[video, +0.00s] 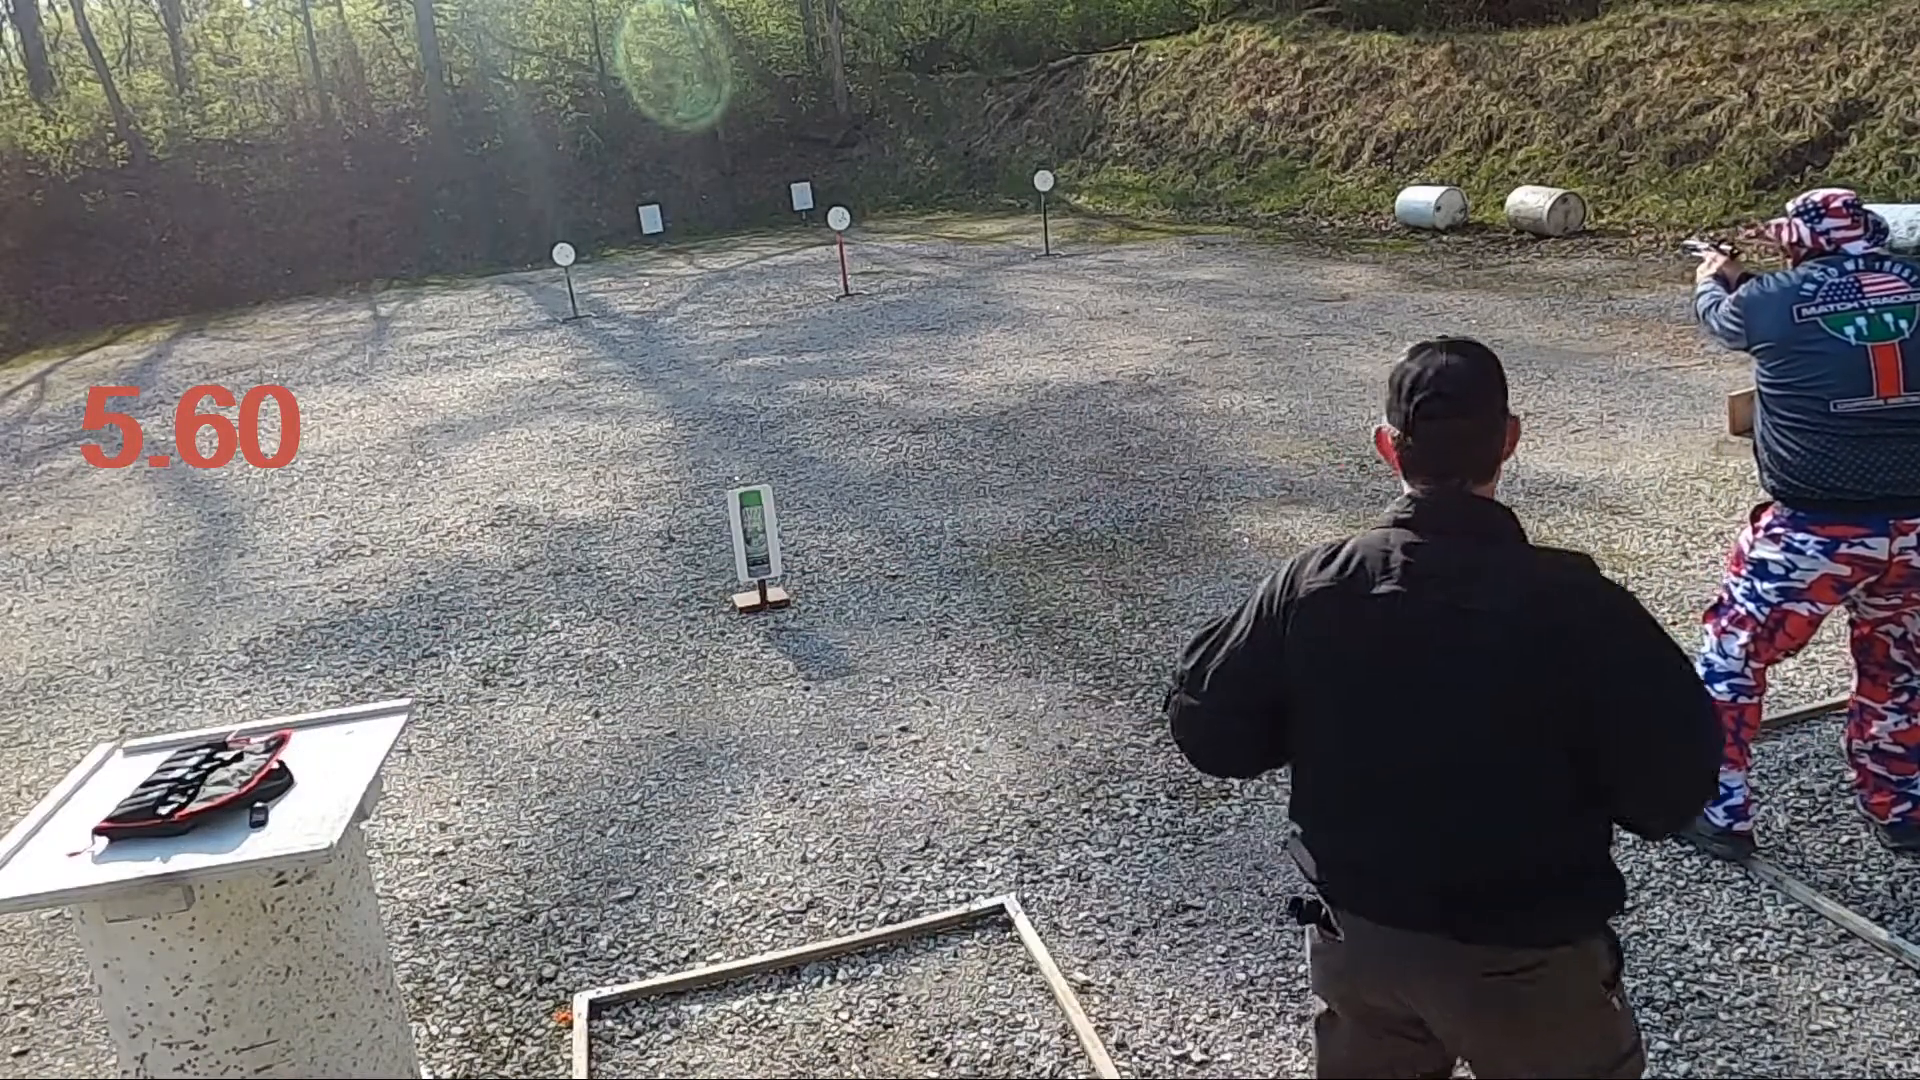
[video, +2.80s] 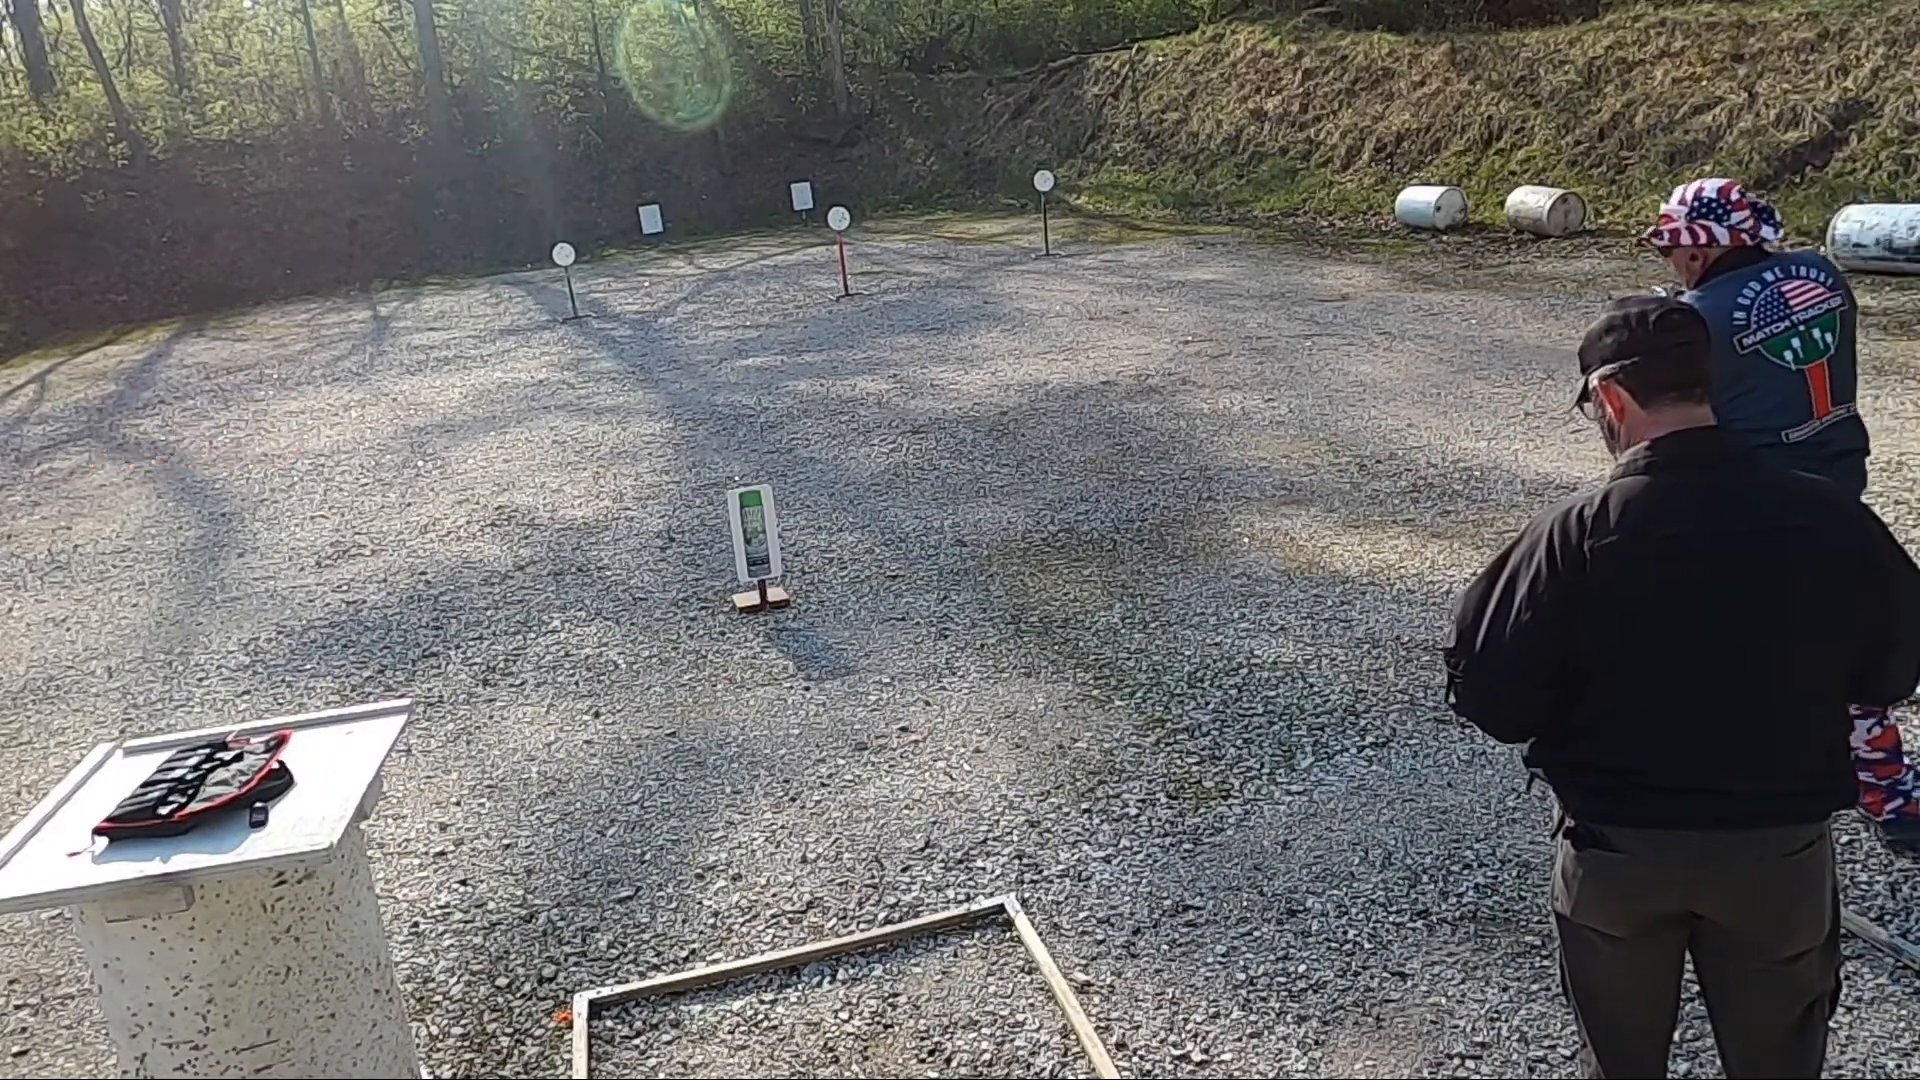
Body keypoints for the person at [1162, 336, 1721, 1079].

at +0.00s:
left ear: (1389, 448)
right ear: (1511, 440)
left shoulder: (1313, 589)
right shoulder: (1575, 600)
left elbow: (1206, 729)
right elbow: (1677, 785)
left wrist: (1328, 701)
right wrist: (1568, 751)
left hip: (1359, 955)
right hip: (1531, 972)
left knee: (1365, 1066)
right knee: (1594, 1066)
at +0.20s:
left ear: (1470, 421)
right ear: (1591, 410)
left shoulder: (1395, 566)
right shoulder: (1683, 574)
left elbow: (1287, 707)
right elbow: (1767, 747)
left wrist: (1406, 668)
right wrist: (1657, 700)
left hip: (1439, 913)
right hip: (1609, 935)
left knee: (1466, 1052)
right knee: (1623, 1066)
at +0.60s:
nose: (1510, 407)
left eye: (1513, 395)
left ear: (1522, 412)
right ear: (1633, 400)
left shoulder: (1454, 552)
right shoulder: (1729, 549)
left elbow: (1359, 698)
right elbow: (1802, 710)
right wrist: (1701, 673)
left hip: (1524, 899)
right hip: (1687, 899)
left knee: (1574, 1070)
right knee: (1710, 1067)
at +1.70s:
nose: (1611, 384)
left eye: (1613, 373)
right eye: (1616, 369)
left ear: (1626, 392)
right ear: (1734, 380)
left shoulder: (1576, 537)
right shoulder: (1837, 524)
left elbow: (1480, 701)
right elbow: (1890, 674)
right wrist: (1789, 656)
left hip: (1622, 867)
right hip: (1782, 870)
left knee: (1623, 1066)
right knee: (1782, 1068)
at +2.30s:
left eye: (1616, 381)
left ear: (1623, 397)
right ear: (1740, 375)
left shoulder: (1580, 537)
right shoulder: (1838, 523)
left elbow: (1487, 697)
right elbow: (1891, 675)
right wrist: (1788, 643)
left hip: (1620, 868)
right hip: (1781, 870)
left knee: (1624, 1066)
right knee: (1780, 1068)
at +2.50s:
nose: (1604, 417)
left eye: (1602, 398)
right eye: (1602, 398)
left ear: (1621, 399)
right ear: (1726, 387)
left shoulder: (1579, 539)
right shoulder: (1836, 524)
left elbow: (1484, 688)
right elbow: (1894, 673)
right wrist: (1786, 651)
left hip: (1618, 869)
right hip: (1780, 871)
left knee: (1624, 1067)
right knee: (1778, 1068)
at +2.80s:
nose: (1596, 416)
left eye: (1594, 399)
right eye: (1595, 399)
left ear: (1614, 400)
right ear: (1711, 382)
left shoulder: (1573, 539)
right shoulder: (1832, 519)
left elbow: (1485, 690)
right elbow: (1897, 666)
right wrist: (1792, 663)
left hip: (1619, 868)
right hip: (1780, 869)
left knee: (1625, 1066)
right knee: (1780, 1067)